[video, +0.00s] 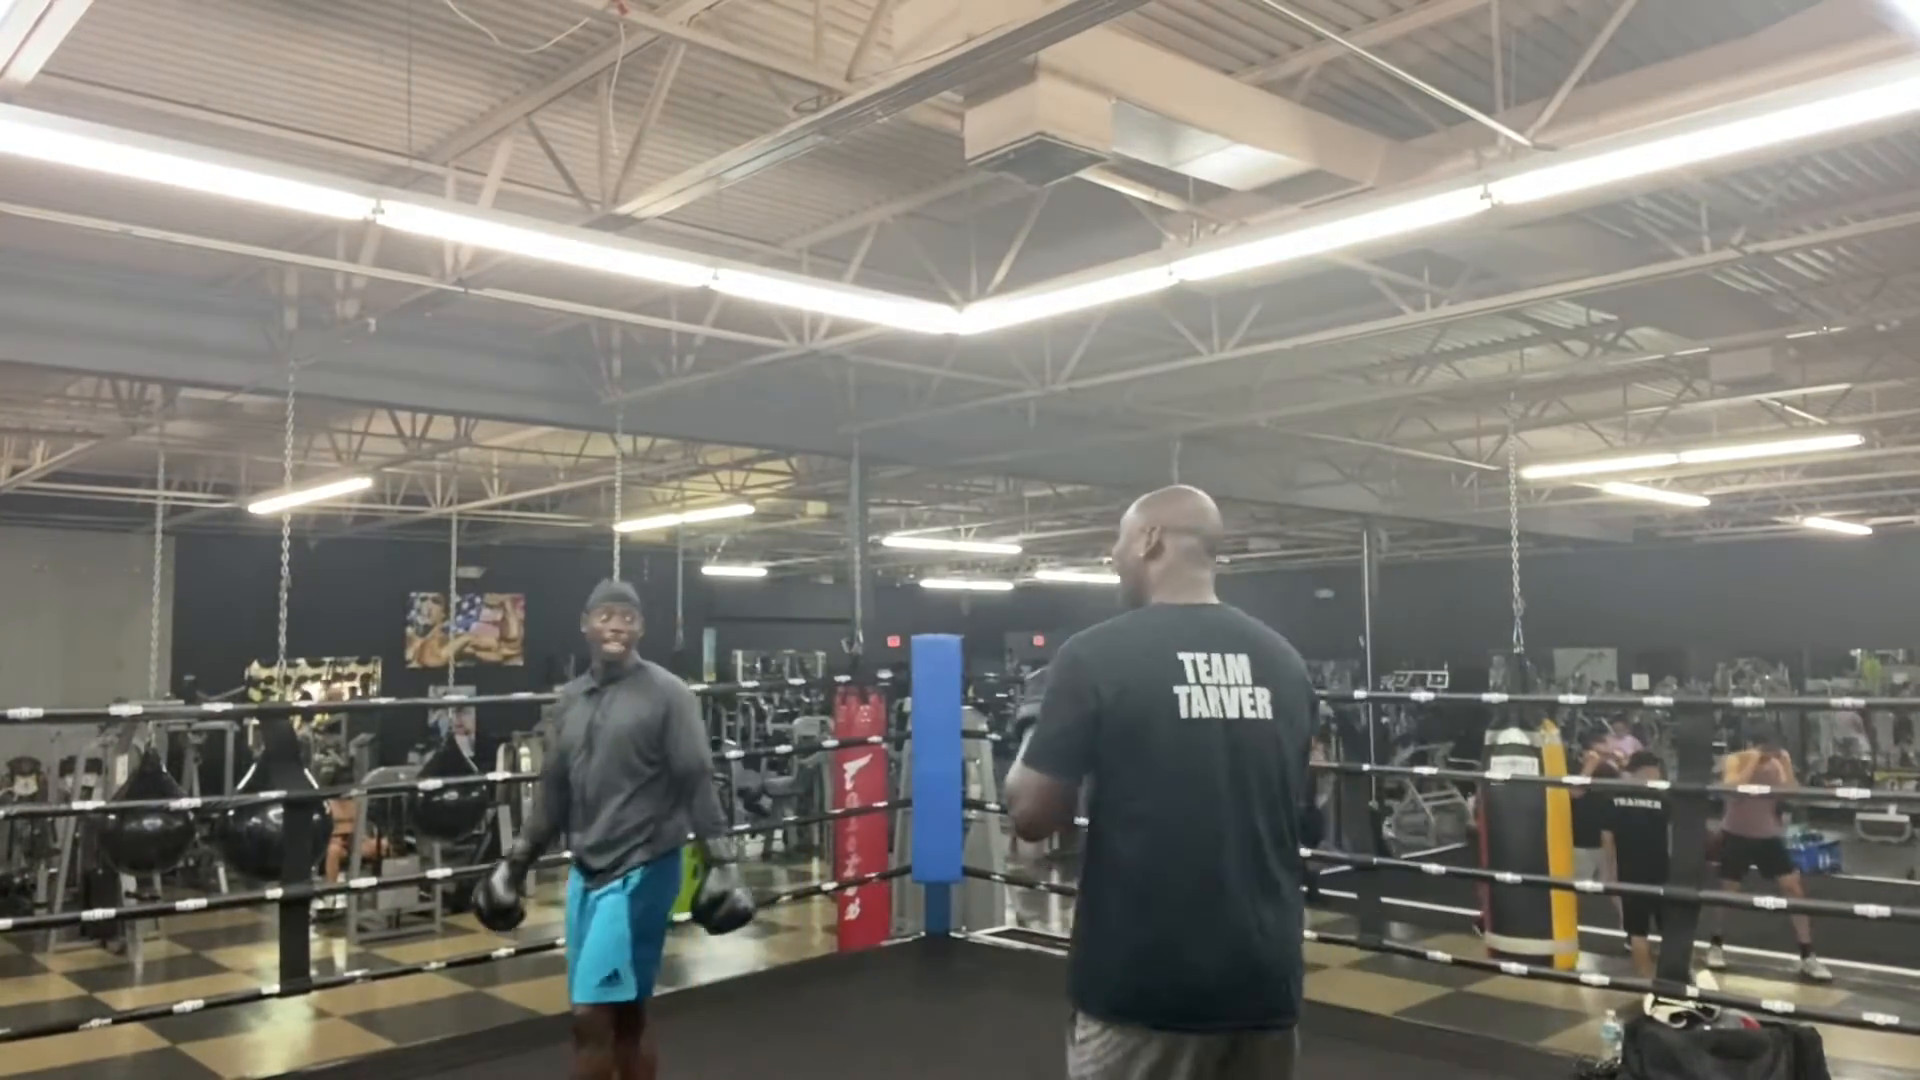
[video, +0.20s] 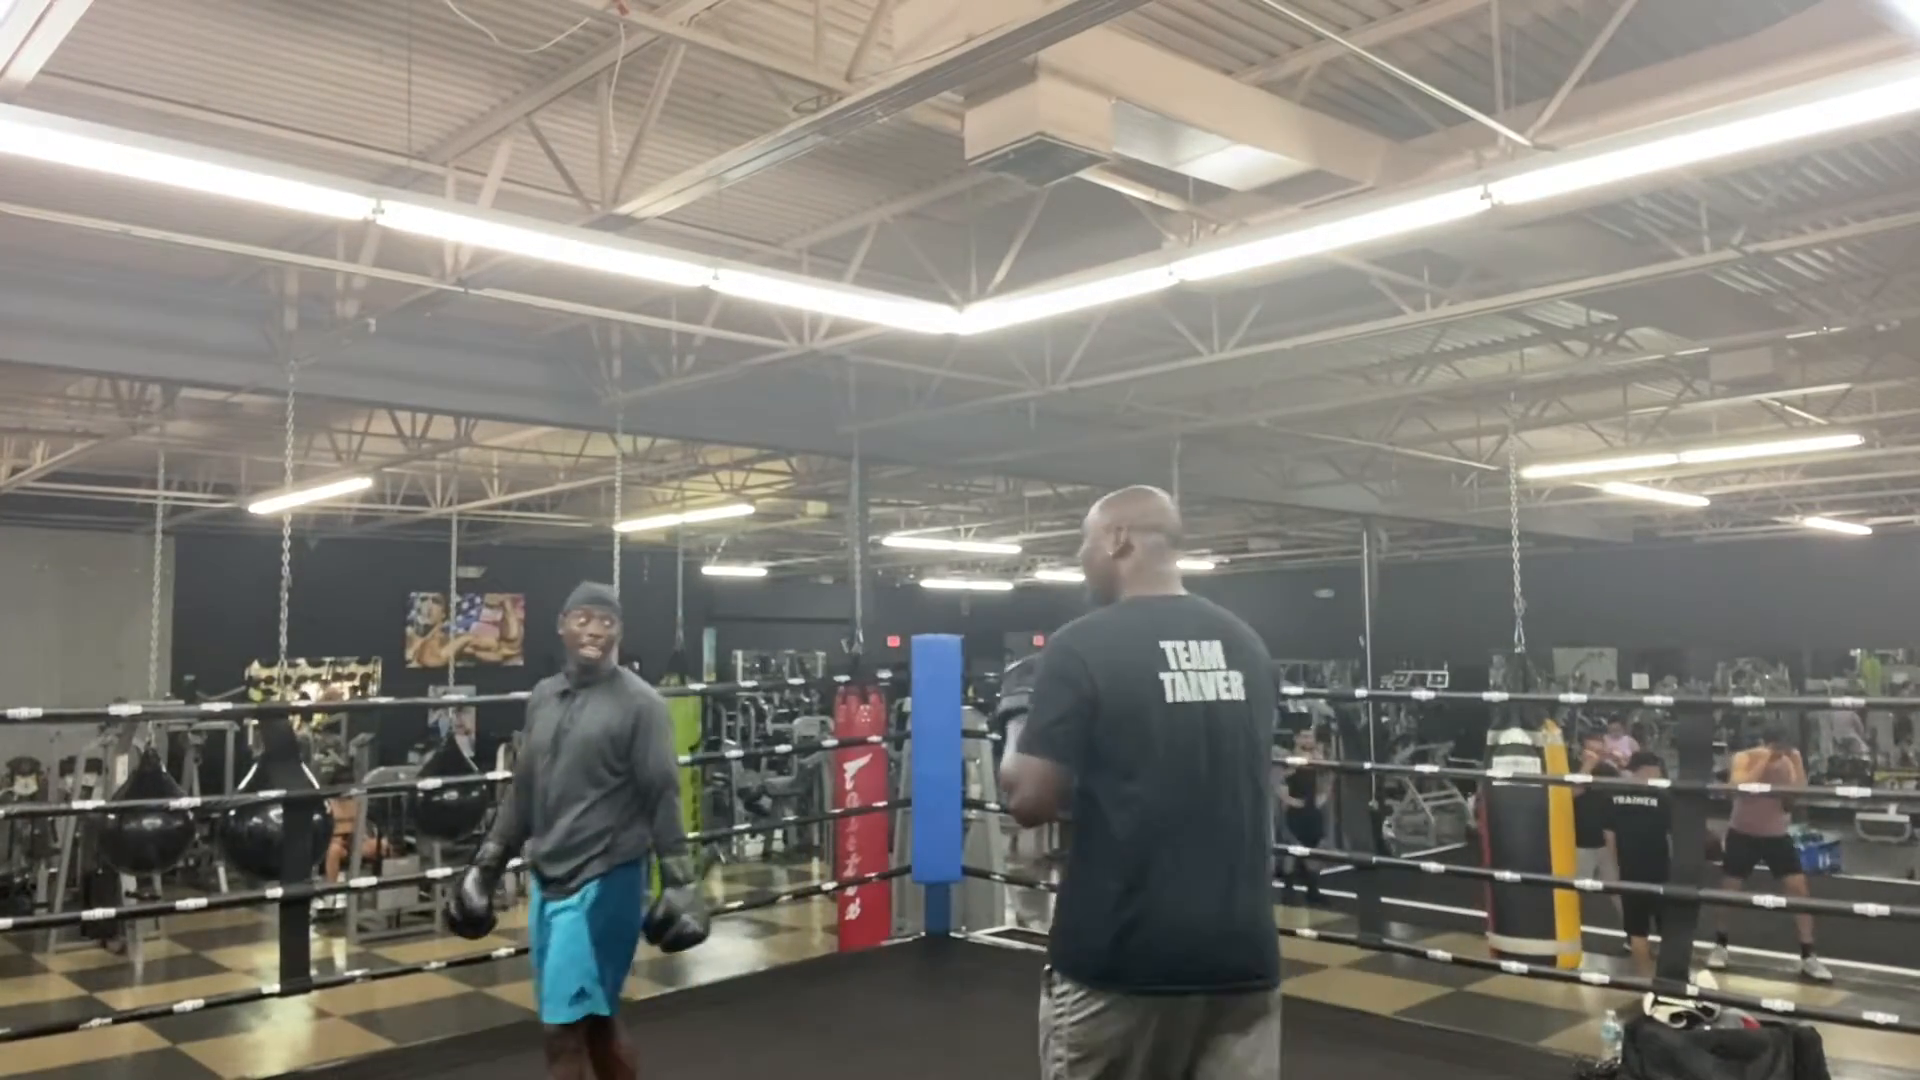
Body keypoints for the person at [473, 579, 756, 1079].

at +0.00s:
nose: (616, 627)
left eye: (627, 617)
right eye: (605, 617)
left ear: (640, 628)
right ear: (586, 627)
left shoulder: (669, 694)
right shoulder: (570, 699)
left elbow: (698, 780)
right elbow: (552, 793)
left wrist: (723, 862)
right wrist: (516, 864)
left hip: (644, 868)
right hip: (588, 869)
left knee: (591, 1014)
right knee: (620, 1020)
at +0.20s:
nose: (595, 631)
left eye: (606, 622)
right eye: (583, 619)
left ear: (619, 633)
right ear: (562, 628)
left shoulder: (641, 704)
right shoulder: (543, 697)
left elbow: (664, 796)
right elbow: (522, 792)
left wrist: (680, 882)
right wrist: (485, 869)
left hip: (606, 879)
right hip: (548, 881)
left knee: (563, 1032)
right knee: (595, 1027)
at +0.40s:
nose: (573, 641)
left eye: (585, 632)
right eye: (561, 629)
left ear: (596, 639)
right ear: (536, 630)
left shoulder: (605, 709)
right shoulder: (510, 689)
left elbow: (612, 807)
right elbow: (487, 780)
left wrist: (592, 902)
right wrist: (457, 857)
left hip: (550, 889)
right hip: (489, 886)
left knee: (544, 1043)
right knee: (483, 1035)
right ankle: (564, 1075)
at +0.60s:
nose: (543, 639)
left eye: (554, 629)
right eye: (530, 626)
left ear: (564, 637)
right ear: (503, 628)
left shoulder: (578, 708)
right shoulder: (481, 686)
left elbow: (568, 814)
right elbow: (458, 788)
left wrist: (520, 901)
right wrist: (424, 867)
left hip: (535, 890)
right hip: (460, 886)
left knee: (528, 1046)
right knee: (420, 1039)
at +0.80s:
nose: (504, 642)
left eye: (517, 631)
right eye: (492, 628)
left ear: (528, 639)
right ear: (466, 632)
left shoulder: (547, 712)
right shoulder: (446, 692)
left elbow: (548, 823)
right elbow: (430, 794)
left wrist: (492, 907)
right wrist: (398, 881)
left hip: (510, 898)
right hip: (430, 896)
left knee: (517, 1055)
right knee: (402, 1058)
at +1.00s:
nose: (435, 645)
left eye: (447, 631)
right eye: (421, 630)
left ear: (463, 638)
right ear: (395, 635)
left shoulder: (490, 716)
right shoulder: (379, 709)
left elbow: (500, 829)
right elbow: (363, 814)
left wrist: (497, 930)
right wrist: (333, 900)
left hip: (445, 926)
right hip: (368, 921)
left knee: (461, 1067)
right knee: (357, 1067)